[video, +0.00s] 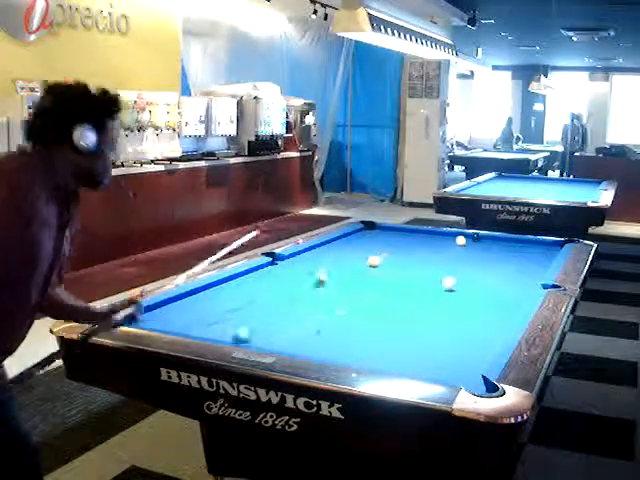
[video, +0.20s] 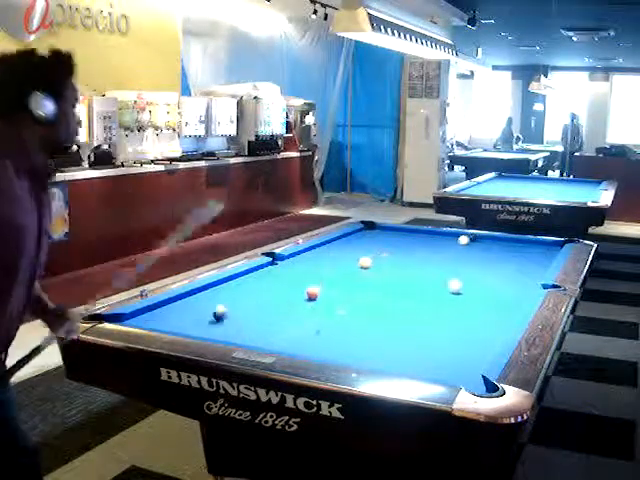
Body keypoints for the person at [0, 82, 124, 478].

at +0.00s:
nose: (116, 154)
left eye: (114, 142)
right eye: (110, 142)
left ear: (80, 140)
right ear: (81, 140)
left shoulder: (61, 193)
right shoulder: (16, 190)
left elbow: (41, 293)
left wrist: (97, 315)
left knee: (21, 455)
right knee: (21, 457)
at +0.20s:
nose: (76, 118)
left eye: (75, 105)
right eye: (70, 104)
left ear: (40, 107)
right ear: (39, 106)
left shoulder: (32, 171)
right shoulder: (9, 173)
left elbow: (21, 263)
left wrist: (50, 310)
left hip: (0, 360)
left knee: (17, 453)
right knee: (19, 454)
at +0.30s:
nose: (57, 102)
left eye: (55, 92)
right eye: (48, 92)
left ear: (24, 98)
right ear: (14, 96)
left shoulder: (24, 169)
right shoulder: (4, 171)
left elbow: (29, 245)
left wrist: (41, 300)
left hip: (1, 355)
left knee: (15, 460)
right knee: (19, 461)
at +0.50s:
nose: (25, 87)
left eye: (19, 73)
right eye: (14, 73)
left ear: (11, 82)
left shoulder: (10, 163)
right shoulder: (6, 164)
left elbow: (26, 242)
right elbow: (23, 241)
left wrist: (59, 301)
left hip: (6, 362)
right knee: (22, 466)